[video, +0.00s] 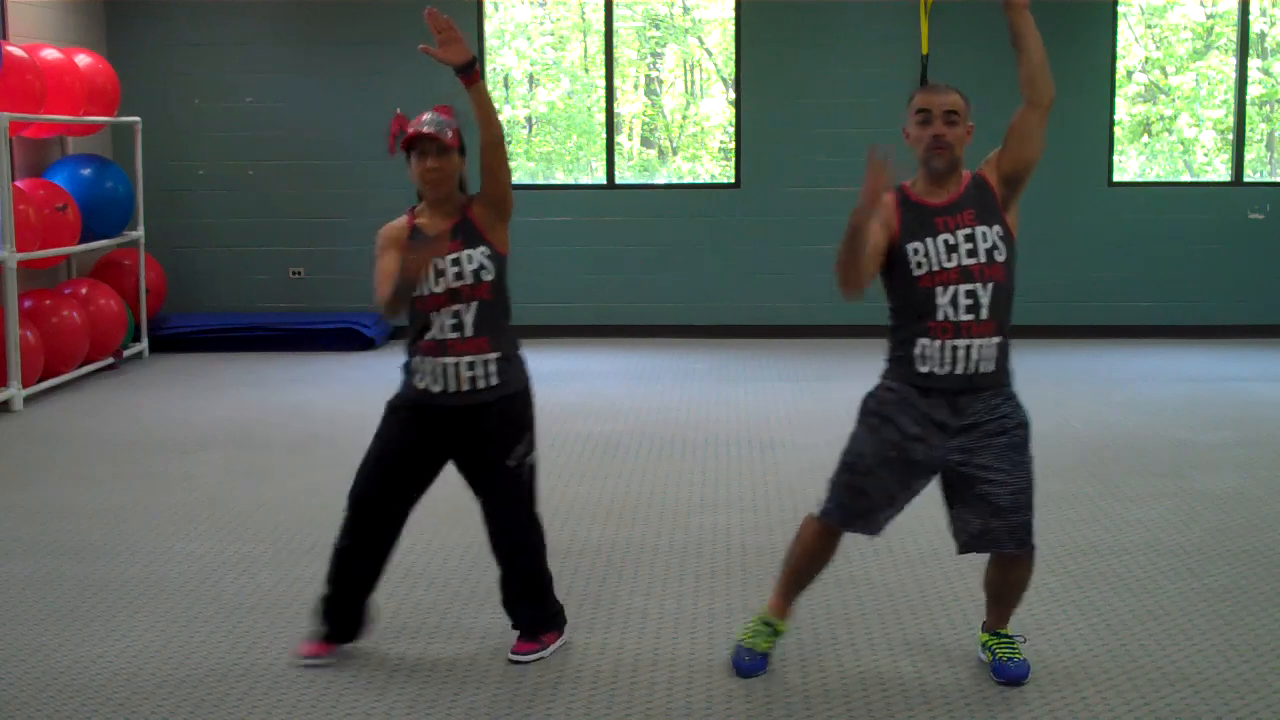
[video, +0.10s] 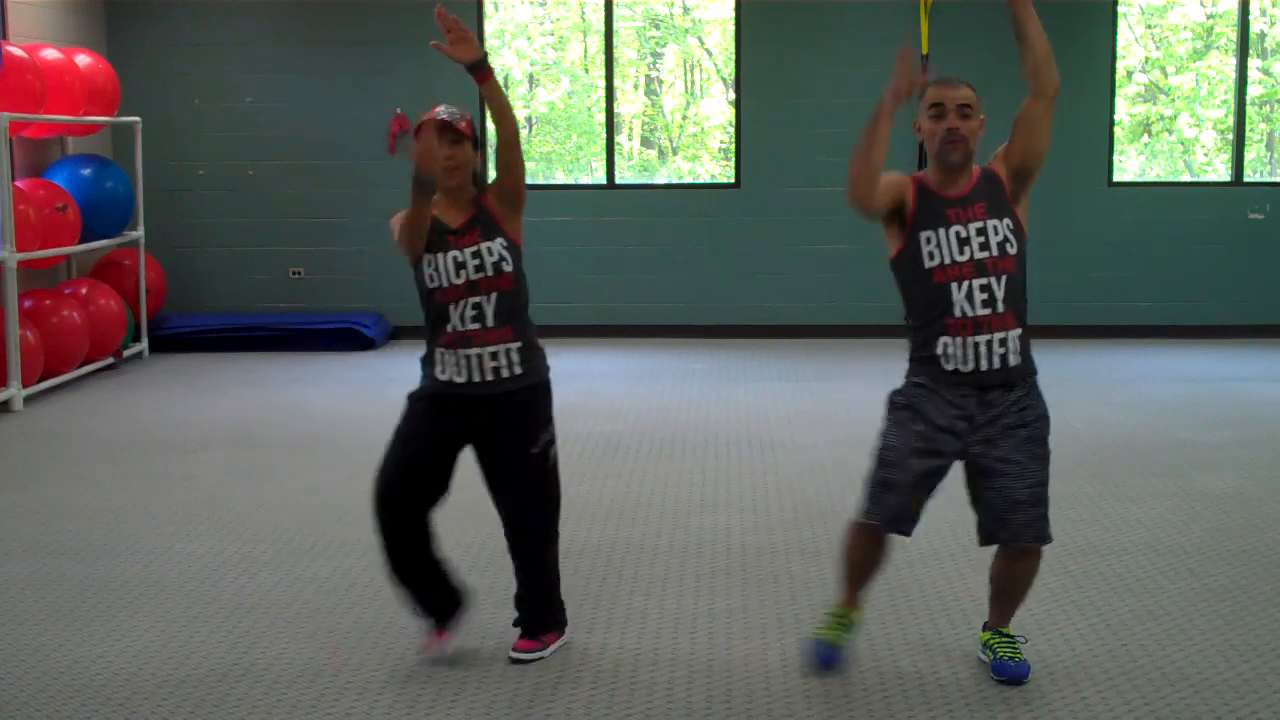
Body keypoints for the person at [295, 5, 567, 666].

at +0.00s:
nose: (430, 162)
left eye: (440, 153)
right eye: (420, 154)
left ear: (462, 161)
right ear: (408, 164)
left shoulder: (489, 218)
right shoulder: (396, 234)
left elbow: (491, 142)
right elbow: (387, 306)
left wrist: (469, 74)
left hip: (494, 399)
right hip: (423, 401)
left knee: (512, 518)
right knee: (370, 507)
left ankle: (540, 624)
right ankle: (337, 627)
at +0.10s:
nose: (453, 145)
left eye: (461, 137)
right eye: (440, 136)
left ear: (478, 154)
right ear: (421, 158)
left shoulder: (501, 209)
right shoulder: (413, 230)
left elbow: (510, 141)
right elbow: (417, 222)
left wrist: (481, 68)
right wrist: (420, 175)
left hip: (516, 390)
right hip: (445, 392)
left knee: (530, 515)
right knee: (397, 500)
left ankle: (542, 622)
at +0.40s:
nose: (476, 156)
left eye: (485, 145)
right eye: (465, 147)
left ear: (500, 156)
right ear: (450, 161)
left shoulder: (523, 211)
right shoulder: (441, 225)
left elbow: (535, 141)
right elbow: (422, 162)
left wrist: (503, 73)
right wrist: (446, 83)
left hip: (553, 388)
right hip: (486, 399)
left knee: (570, 510)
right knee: (490, 517)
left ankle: (567, 621)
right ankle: (491, 623)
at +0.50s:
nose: (484, 168)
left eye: (491, 158)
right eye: (474, 159)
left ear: (506, 165)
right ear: (459, 169)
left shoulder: (528, 219)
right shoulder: (445, 229)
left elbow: (553, 155)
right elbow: (426, 160)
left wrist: (532, 90)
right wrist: (459, 81)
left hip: (558, 394)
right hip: (492, 408)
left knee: (583, 510)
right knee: (503, 523)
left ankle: (573, 619)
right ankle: (494, 624)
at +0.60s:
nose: (492, 170)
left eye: (500, 160)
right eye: (482, 161)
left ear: (515, 165)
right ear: (464, 168)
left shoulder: (538, 215)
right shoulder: (451, 222)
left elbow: (596, 179)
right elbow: (434, 156)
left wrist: (596, 118)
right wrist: (471, 82)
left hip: (556, 392)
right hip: (484, 404)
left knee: (604, 491)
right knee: (483, 524)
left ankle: (605, 606)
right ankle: (493, 623)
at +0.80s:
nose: (509, 173)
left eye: (518, 163)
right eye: (500, 165)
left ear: (536, 168)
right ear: (486, 173)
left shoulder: (568, 227)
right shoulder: (476, 226)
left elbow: (637, 253)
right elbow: (452, 157)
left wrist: (702, 272)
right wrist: (487, 86)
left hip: (567, 406)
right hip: (493, 411)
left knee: (612, 515)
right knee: (472, 525)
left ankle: (668, 618)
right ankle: (489, 623)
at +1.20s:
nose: (510, 185)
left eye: (520, 175)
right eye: (500, 176)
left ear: (541, 181)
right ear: (489, 183)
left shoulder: (567, 238)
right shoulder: (478, 237)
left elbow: (620, 294)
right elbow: (438, 190)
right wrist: (468, 129)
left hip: (565, 413)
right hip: (495, 417)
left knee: (615, 526)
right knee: (470, 531)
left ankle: (668, 628)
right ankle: (440, 626)